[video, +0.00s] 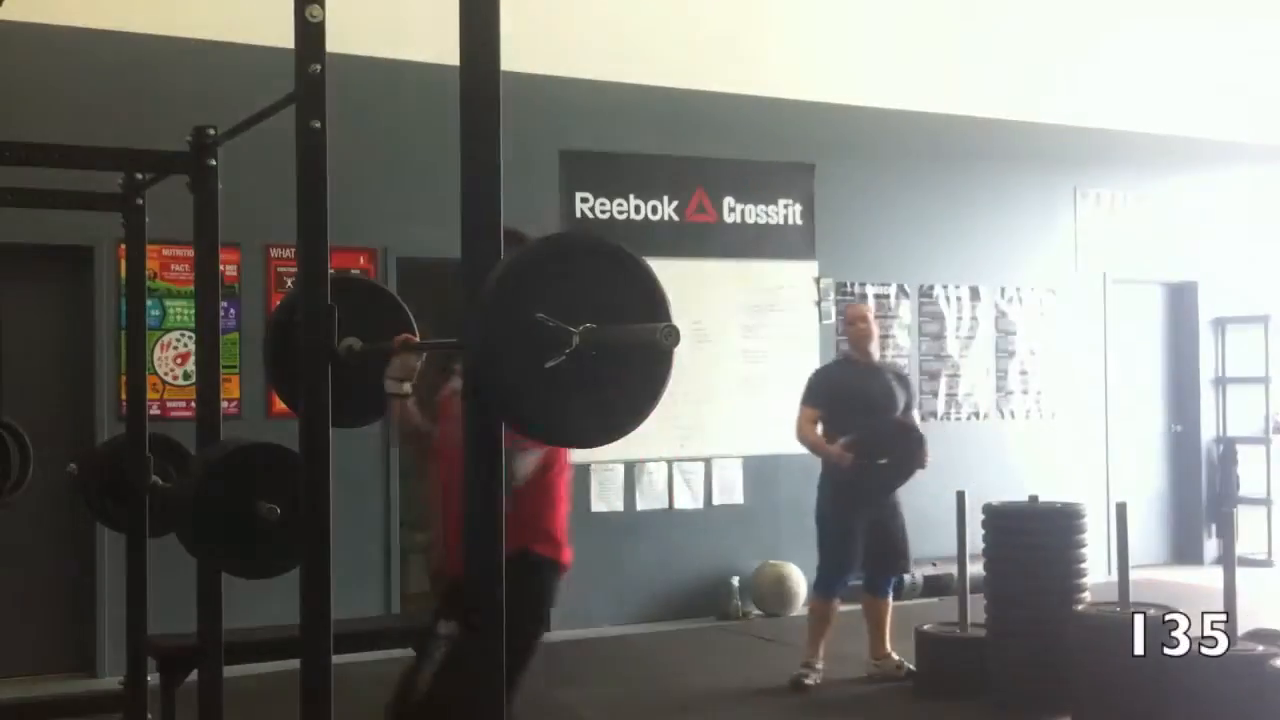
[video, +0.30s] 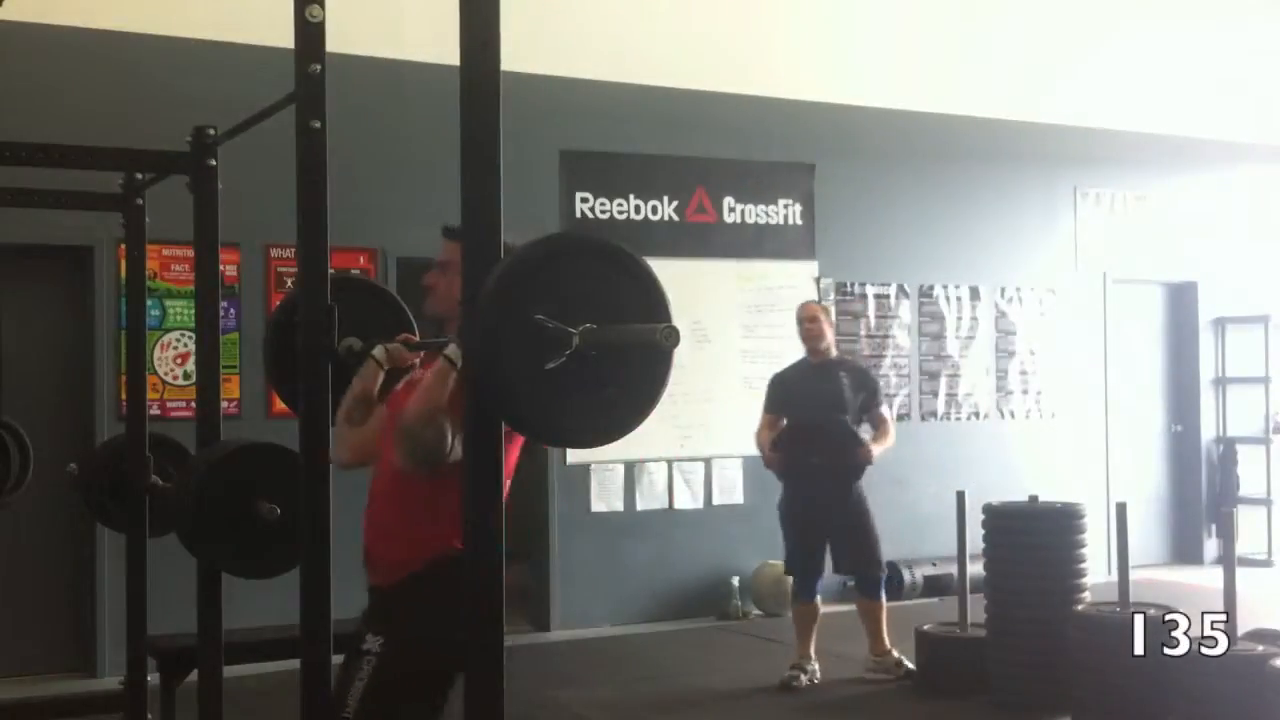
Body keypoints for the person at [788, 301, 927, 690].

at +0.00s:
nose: (861, 326)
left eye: (866, 320)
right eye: (853, 321)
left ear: (876, 326)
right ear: (844, 329)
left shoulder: (898, 379)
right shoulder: (827, 376)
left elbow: (907, 427)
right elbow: (804, 428)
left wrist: (915, 452)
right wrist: (829, 451)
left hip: (883, 485)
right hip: (841, 485)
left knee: (884, 572)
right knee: (832, 574)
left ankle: (882, 655)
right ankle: (813, 661)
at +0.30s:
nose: (810, 328)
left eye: (816, 320)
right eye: (803, 323)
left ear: (831, 326)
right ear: (798, 332)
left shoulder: (859, 376)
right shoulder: (784, 381)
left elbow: (886, 428)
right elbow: (765, 429)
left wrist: (872, 449)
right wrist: (770, 453)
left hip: (846, 486)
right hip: (800, 487)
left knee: (870, 569)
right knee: (803, 578)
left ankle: (881, 653)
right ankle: (805, 661)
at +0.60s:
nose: (780, 327)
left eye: (787, 320)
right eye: (775, 321)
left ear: (805, 325)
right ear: (770, 329)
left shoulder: (830, 374)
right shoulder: (761, 380)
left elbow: (860, 426)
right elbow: (752, 432)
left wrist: (833, 449)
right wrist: (738, 457)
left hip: (820, 484)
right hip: (778, 485)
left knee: (827, 573)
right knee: (792, 577)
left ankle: (838, 657)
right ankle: (805, 662)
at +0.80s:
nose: (766, 330)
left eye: (773, 324)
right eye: (762, 324)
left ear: (792, 328)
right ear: (758, 331)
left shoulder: (815, 376)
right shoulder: (750, 382)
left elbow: (845, 429)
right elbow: (743, 435)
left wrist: (809, 457)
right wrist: (722, 459)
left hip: (801, 487)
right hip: (763, 488)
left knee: (793, 581)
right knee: (782, 580)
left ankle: (787, 674)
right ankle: (808, 662)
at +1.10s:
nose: (750, 331)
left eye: (757, 323)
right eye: (745, 324)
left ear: (773, 326)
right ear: (738, 330)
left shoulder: (791, 379)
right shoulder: (732, 382)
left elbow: (812, 439)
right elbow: (730, 437)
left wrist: (766, 460)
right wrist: (698, 458)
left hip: (773, 493)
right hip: (736, 491)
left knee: (761, 587)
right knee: (741, 583)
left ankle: (759, 681)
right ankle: (794, 645)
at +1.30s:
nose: (746, 345)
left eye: (753, 337)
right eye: (740, 337)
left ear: (764, 339)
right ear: (728, 338)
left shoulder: (771, 377)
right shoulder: (715, 375)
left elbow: (785, 437)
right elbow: (715, 436)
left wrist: (735, 459)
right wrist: (683, 454)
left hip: (754, 490)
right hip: (714, 488)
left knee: (752, 586)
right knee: (692, 575)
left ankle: (759, 681)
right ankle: (736, 640)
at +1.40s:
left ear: (739, 329)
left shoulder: (755, 375)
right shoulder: (703, 375)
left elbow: (769, 437)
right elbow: (705, 435)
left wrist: (719, 458)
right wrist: (674, 460)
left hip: (741, 492)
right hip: (701, 491)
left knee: (742, 583)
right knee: (678, 577)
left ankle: (758, 681)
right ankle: (697, 673)